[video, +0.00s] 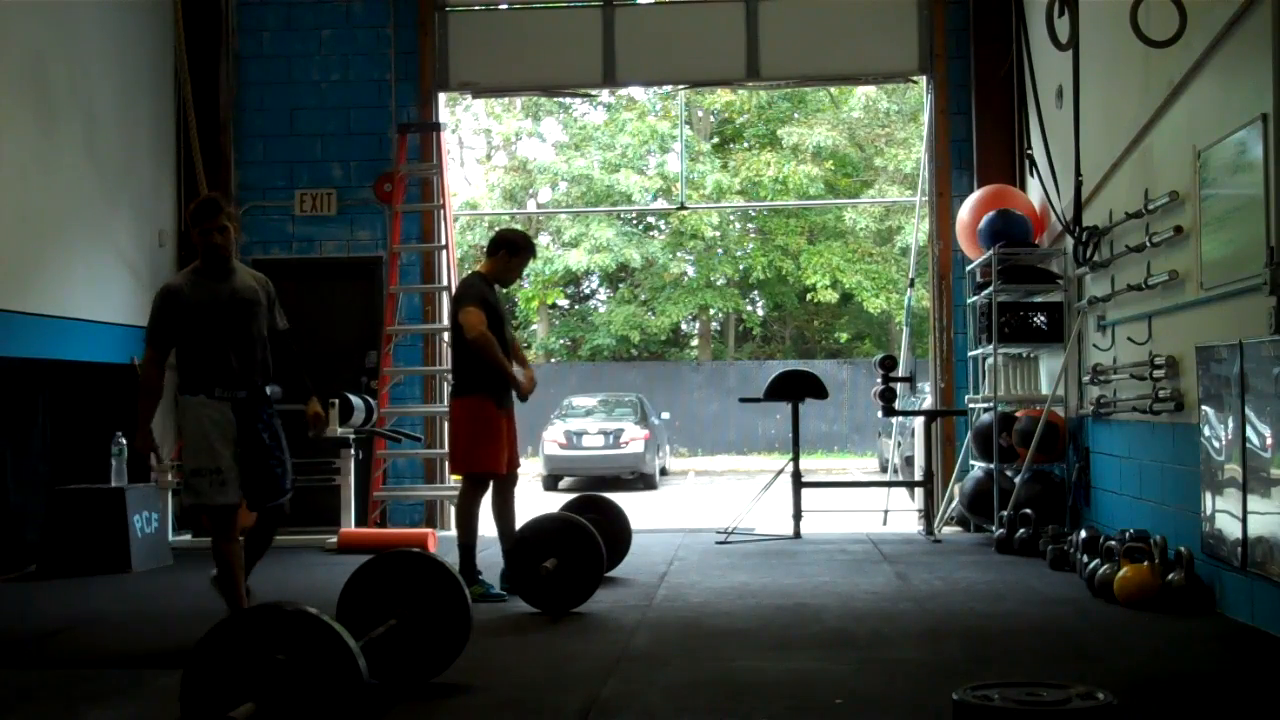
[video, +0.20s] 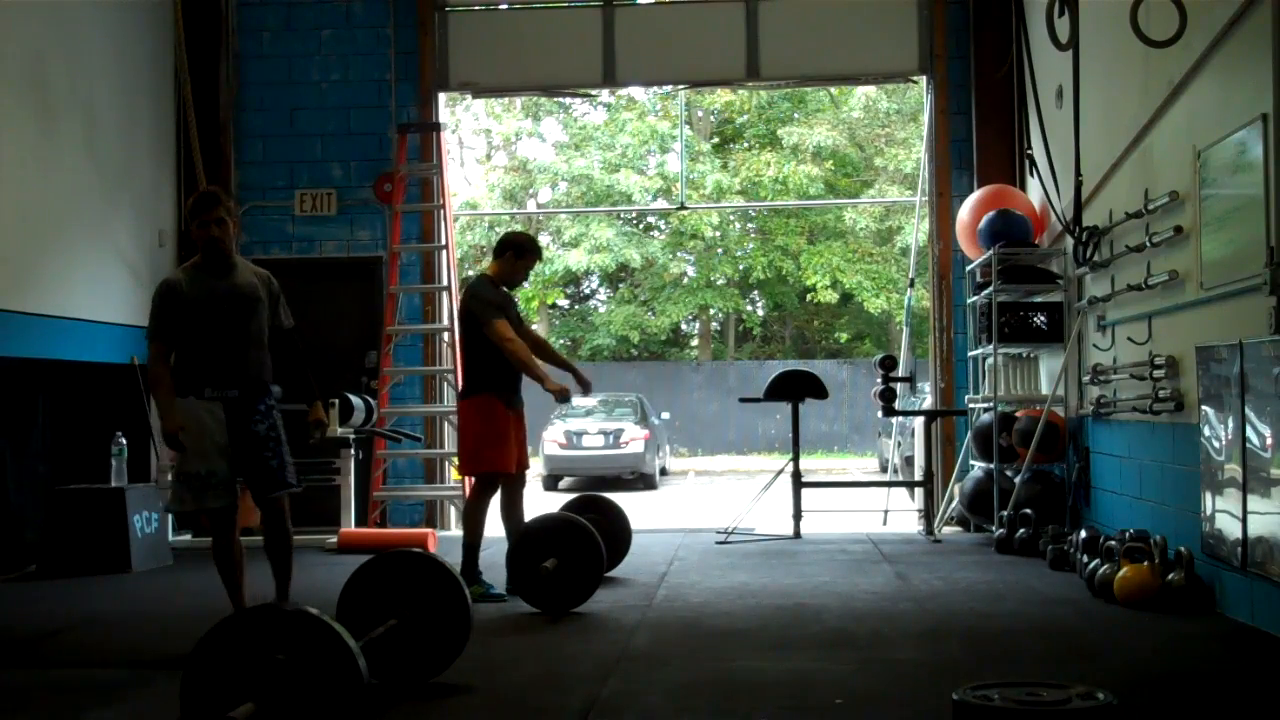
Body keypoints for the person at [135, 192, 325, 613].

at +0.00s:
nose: (219, 239)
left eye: (224, 230)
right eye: (209, 232)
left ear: (236, 232)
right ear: (194, 237)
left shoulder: (259, 285)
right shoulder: (176, 293)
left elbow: (284, 347)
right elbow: (154, 365)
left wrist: (310, 398)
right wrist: (142, 428)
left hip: (256, 410)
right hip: (204, 413)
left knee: (273, 503)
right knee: (225, 516)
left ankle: (232, 575)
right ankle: (239, 608)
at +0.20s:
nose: (214, 230)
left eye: (221, 222)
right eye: (205, 223)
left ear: (236, 227)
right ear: (192, 230)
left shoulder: (261, 280)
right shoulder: (175, 288)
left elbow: (288, 345)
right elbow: (158, 361)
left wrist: (314, 400)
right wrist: (169, 418)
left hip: (257, 411)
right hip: (203, 417)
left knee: (276, 508)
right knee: (222, 520)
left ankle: (282, 601)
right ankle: (238, 608)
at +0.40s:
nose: (211, 227)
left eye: (219, 219)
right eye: (202, 220)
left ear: (234, 225)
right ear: (189, 229)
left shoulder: (261, 281)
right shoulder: (170, 286)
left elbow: (292, 347)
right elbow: (151, 355)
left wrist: (321, 400)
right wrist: (164, 403)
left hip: (249, 415)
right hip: (196, 418)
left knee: (243, 519)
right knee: (217, 523)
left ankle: (244, 614)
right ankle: (242, 613)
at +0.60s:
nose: (190, 225)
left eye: (199, 215)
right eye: (183, 217)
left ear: (223, 215)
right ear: (177, 221)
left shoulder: (260, 278)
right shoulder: (163, 278)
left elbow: (293, 348)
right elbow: (137, 350)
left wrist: (320, 407)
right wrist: (118, 411)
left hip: (241, 415)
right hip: (180, 416)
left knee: (236, 527)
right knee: (181, 530)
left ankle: (230, 622)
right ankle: (225, 602)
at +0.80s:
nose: (163, 222)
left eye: (171, 212)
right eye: (156, 214)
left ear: (198, 208)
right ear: (152, 218)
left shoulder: (245, 269)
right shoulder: (151, 277)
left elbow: (275, 341)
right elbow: (123, 349)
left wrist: (279, 397)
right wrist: (82, 408)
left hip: (226, 414)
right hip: (163, 413)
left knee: (225, 529)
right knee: (134, 516)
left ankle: (228, 630)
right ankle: (166, 624)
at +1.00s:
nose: (122, 226)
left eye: (129, 215)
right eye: (118, 217)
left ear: (157, 211)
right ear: (121, 220)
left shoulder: (210, 270)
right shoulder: (125, 281)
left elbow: (237, 337)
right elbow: (108, 355)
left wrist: (215, 385)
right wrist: (71, 415)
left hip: (194, 418)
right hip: (135, 419)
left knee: (210, 533)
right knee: (122, 535)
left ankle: (225, 637)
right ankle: (108, 655)